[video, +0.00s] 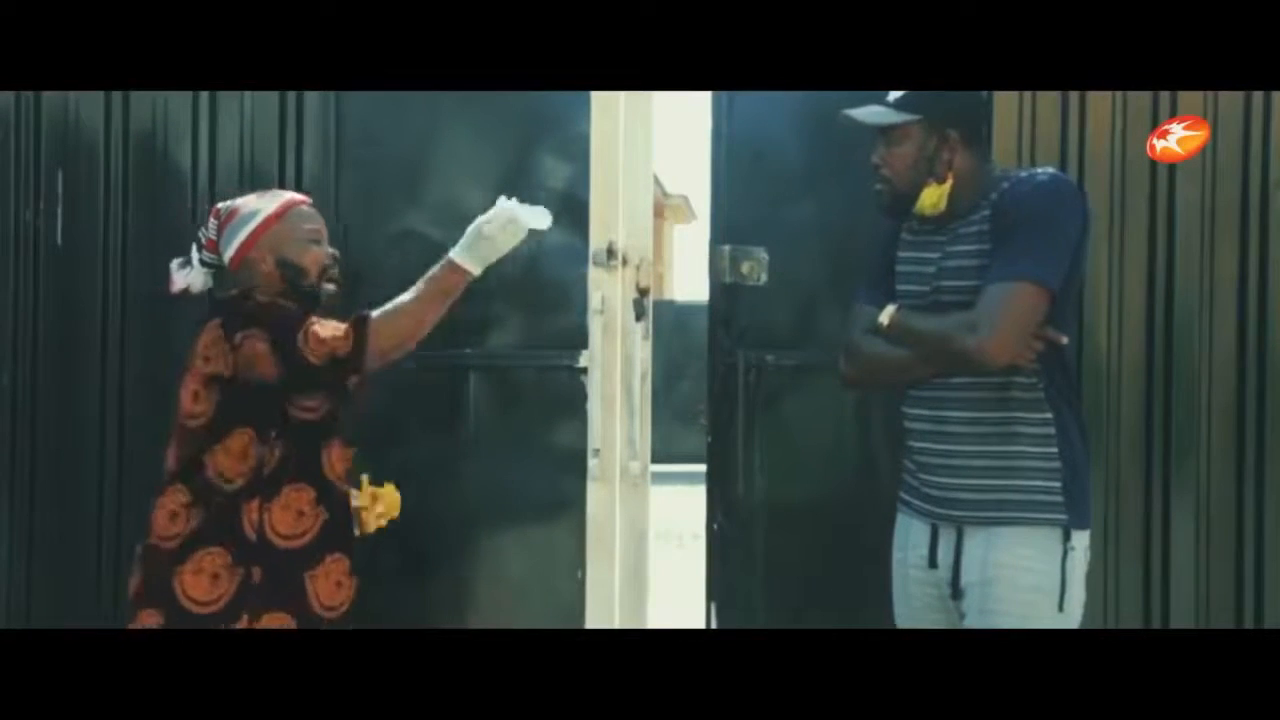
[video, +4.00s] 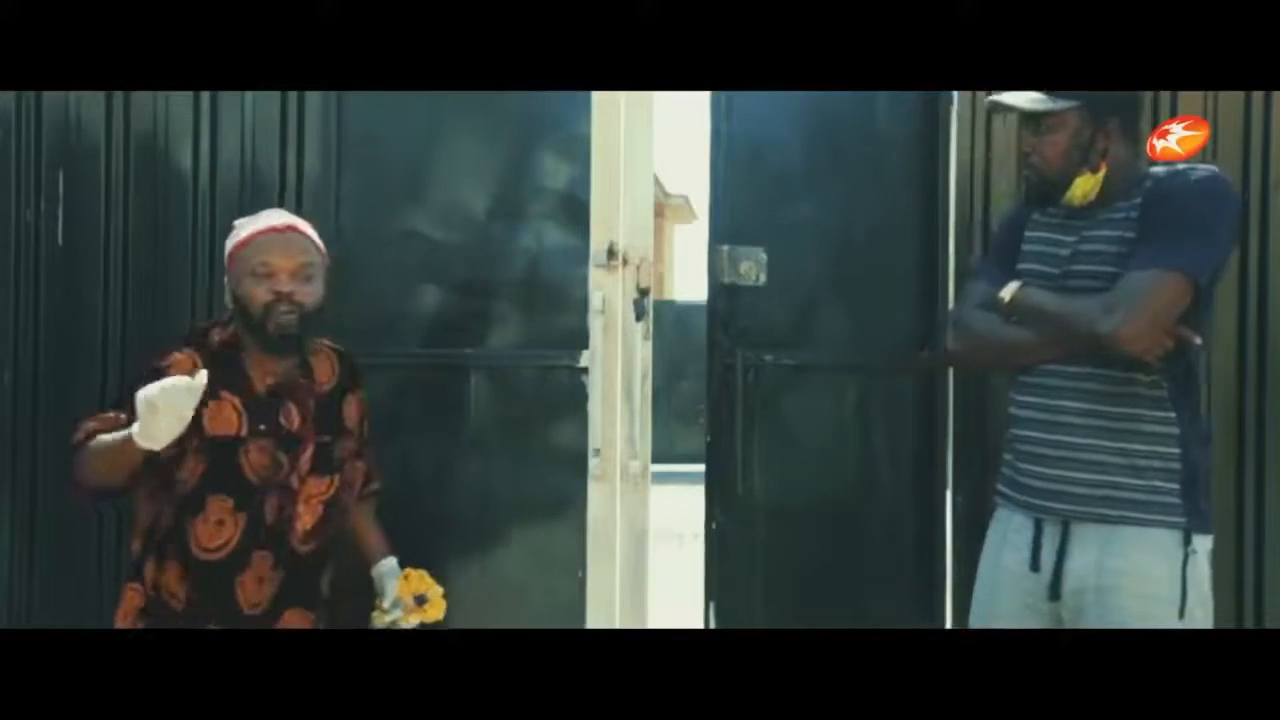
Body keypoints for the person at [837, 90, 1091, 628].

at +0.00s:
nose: (875, 159)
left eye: (892, 142)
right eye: (877, 142)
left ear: (948, 145)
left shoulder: (1042, 197)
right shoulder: (902, 224)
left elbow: (994, 343)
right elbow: (855, 362)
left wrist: (890, 319)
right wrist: (979, 338)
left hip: (1025, 522)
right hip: (922, 513)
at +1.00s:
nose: (879, 159)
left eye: (897, 141)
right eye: (881, 142)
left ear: (954, 145)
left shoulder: (1048, 197)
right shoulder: (903, 224)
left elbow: (998, 344)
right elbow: (854, 359)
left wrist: (893, 317)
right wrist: (985, 341)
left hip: (1027, 522)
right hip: (923, 513)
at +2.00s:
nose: (878, 161)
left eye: (896, 143)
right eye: (880, 143)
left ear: (954, 146)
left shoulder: (1048, 198)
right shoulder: (903, 223)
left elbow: (995, 345)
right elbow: (855, 362)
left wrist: (894, 318)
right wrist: (984, 343)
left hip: (1026, 523)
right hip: (922, 513)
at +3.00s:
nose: (879, 162)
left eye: (896, 144)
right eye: (880, 145)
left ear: (956, 144)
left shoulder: (1048, 195)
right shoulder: (905, 221)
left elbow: (997, 343)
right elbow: (856, 359)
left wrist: (894, 316)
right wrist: (982, 339)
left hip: (1027, 521)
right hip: (923, 511)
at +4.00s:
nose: (1025, 145)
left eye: (1043, 127)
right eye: (1025, 128)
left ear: (1104, 136)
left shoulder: (1196, 192)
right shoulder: (1029, 216)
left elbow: (1127, 326)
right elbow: (961, 336)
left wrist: (1013, 294)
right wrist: (1104, 327)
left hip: (1143, 527)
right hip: (1021, 514)